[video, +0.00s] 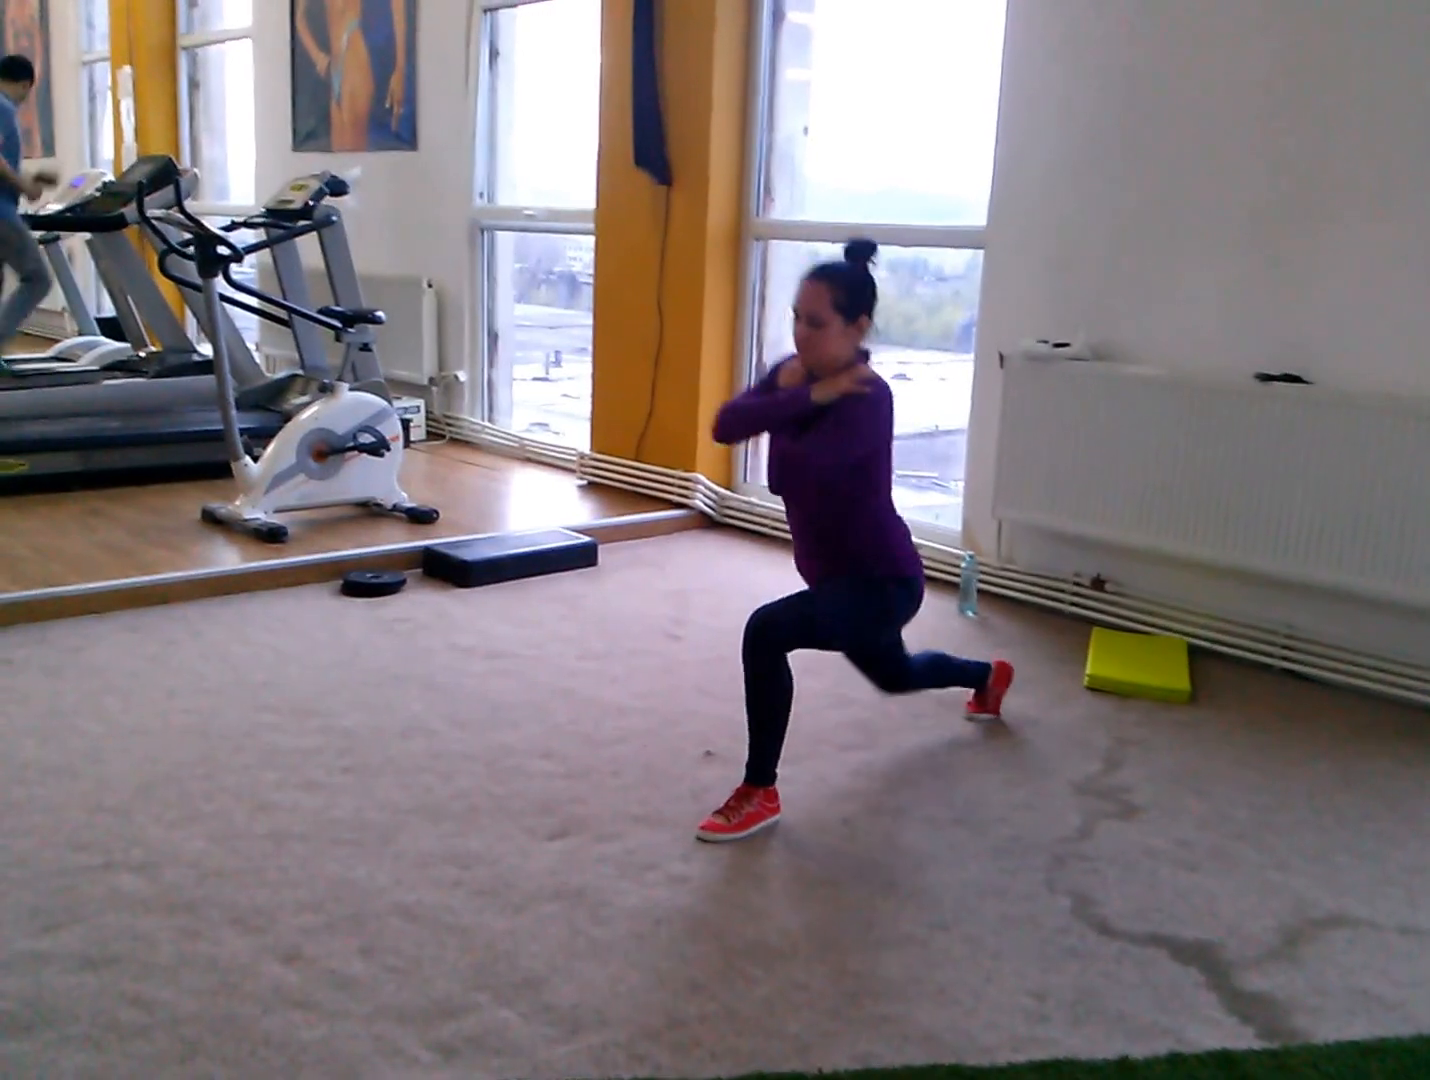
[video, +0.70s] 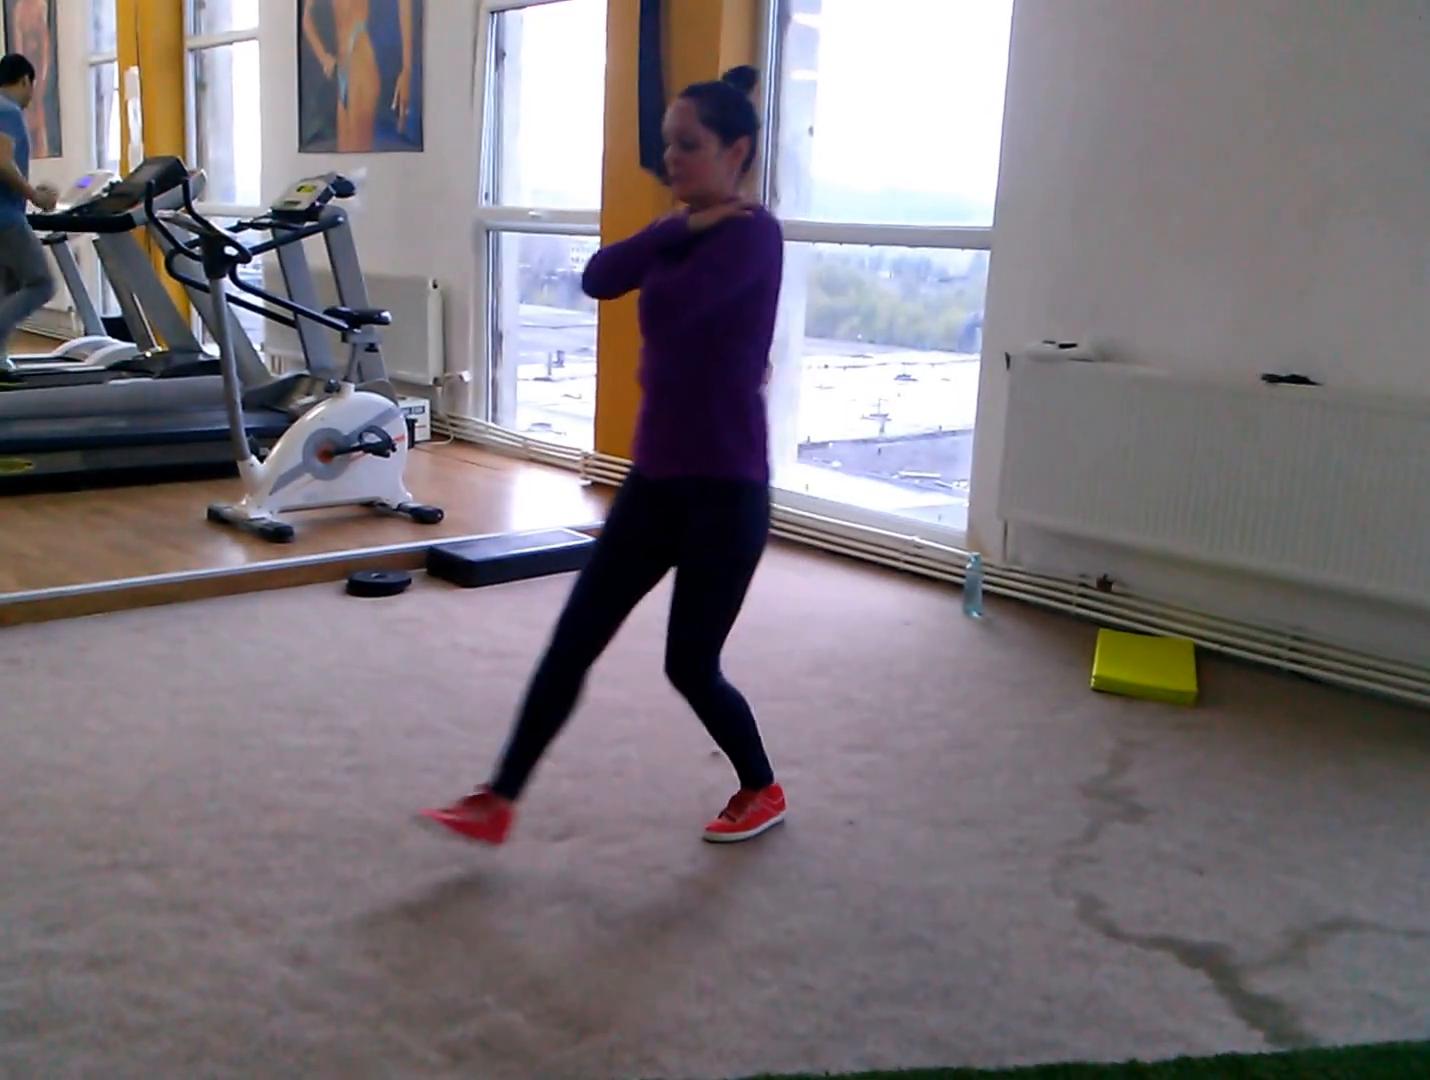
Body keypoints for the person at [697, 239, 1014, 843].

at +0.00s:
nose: (801, 334)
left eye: (817, 324)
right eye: (798, 320)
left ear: (858, 329)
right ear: (794, 320)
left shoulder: (868, 399)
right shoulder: (789, 374)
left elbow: (808, 469)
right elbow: (724, 426)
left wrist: (778, 410)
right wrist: (810, 393)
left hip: (885, 585)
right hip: (833, 583)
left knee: (766, 632)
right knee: (894, 674)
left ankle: (759, 789)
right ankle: (989, 676)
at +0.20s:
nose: (746, 252)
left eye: (763, 239)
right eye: (743, 237)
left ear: (807, 254)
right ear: (738, 241)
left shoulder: (818, 331)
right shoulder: (726, 314)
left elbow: (765, 430)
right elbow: (672, 390)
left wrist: (720, 347)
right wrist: (753, 338)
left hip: (849, 530)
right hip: (796, 530)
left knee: (740, 640)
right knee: (837, 645)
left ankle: (760, 791)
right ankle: (923, 663)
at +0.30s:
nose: (729, 215)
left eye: (746, 204)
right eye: (728, 200)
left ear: (793, 220)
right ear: (724, 208)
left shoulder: (804, 304)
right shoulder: (713, 284)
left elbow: (747, 405)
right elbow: (654, 363)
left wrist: (709, 311)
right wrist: (735, 302)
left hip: (830, 506)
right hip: (771, 507)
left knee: (738, 640)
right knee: (780, 655)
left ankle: (759, 791)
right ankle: (875, 672)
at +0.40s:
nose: (718, 182)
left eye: (736, 171)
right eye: (717, 168)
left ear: (783, 186)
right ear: (716, 175)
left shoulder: (795, 274)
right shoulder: (703, 257)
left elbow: (728, 369)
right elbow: (643, 329)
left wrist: (705, 276)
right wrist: (735, 273)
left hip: (812, 492)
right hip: (747, 488)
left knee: (729, 639)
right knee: (708, 633)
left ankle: (760, 790)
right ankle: (806, 701)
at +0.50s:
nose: (706, 163)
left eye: (723, 150)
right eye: (704, 149)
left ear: (771, 160)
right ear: (707, 156)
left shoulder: (783, 247)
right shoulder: (699, 236)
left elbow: (709, 333)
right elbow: (631, 302)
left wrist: (690, 252)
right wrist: (706, 245)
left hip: (790, 484)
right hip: (723, 477)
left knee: (721, 645)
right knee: (654, 615)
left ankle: (761, 789)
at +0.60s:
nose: (691, 152)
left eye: (709, 139)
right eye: (689, 137)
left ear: (758, 148)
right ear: (690, 142)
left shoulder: (771, 233)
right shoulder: (691, 226)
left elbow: (692, 310)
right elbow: (618, 283)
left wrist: (677, 240)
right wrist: (688, 228)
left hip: (760, 483)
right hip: (691, 476)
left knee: (707, 649)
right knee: (615, 617)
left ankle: (761, 790)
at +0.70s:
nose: (669, 161)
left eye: (684, 146)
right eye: (665, 147)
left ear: (738, 150)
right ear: (667, 151)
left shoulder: (756, 237)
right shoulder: (674, 235)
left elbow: (670, 310)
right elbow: (596, 279)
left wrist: (649, 250)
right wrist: (682, 228)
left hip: (728, 488)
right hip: (655, 481)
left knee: (691, 663)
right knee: (573, 643)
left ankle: (761, 789)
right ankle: (498, 800)